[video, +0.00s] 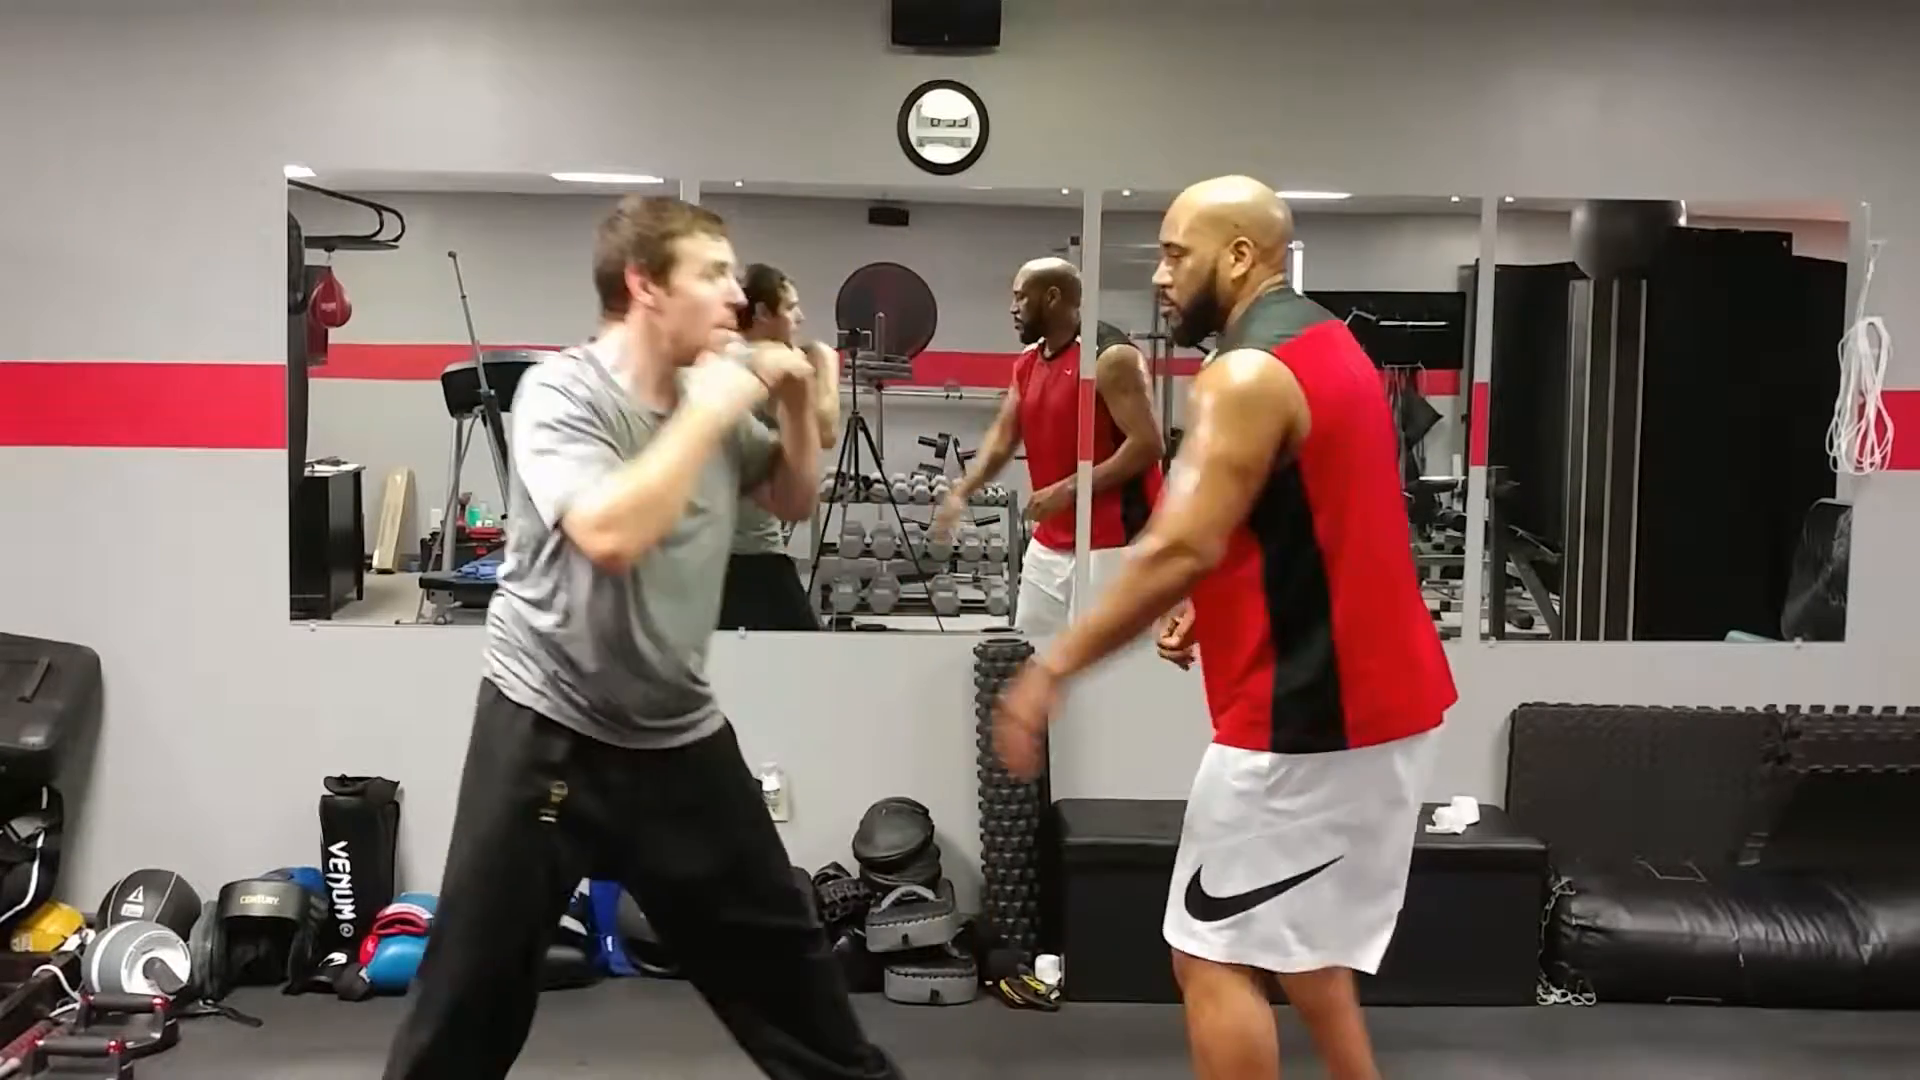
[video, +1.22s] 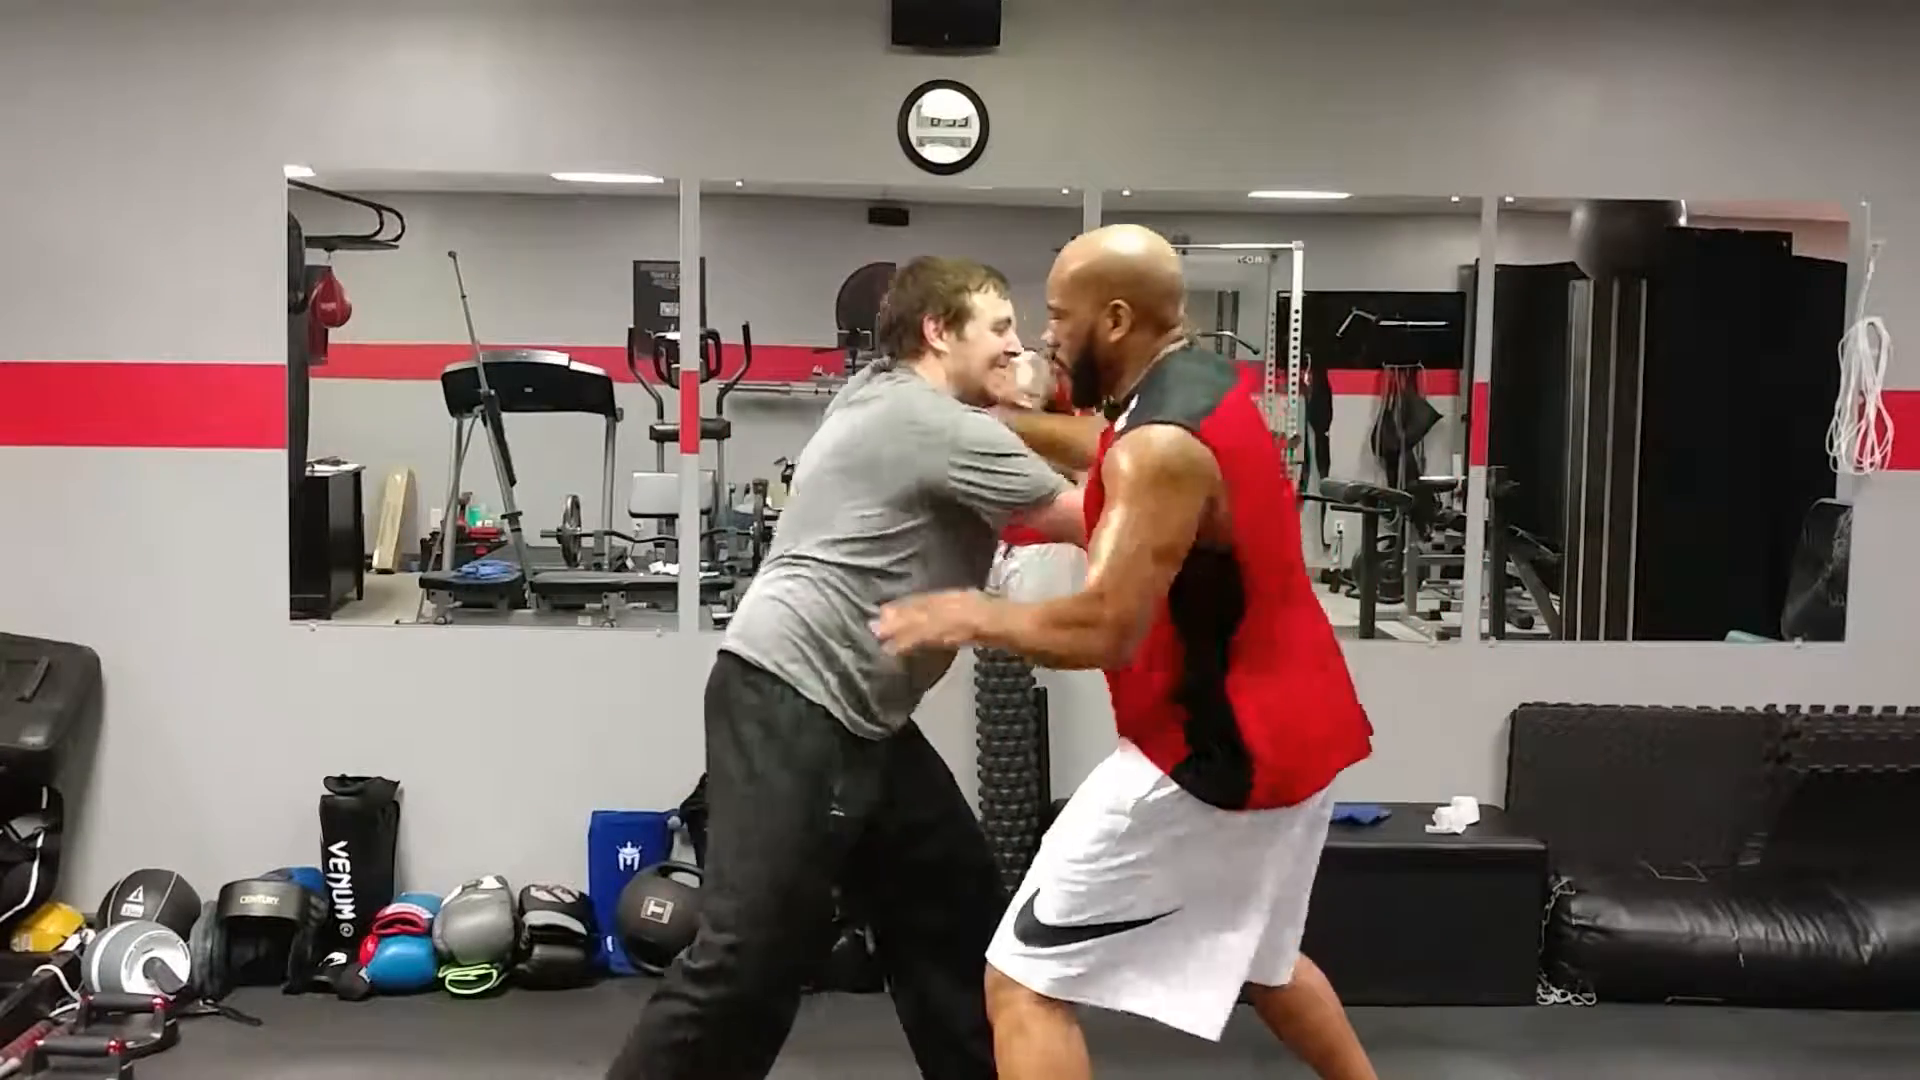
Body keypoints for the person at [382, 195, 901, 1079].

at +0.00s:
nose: (737, 300)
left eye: (735, 279)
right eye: (714, 277)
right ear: (643, 288)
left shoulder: (712, 402)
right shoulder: (557, 392)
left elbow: (792, 499)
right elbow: (608, 533)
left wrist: (802, 401)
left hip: (678, 732)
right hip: (543, 719)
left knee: (785, 965)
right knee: (470, 987)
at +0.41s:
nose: (718, 314)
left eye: (715, 295)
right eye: (698, 294)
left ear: (648, 309)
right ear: (629, 303)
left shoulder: (715, 414)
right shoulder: (545, 422)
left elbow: (810, 490)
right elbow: (609, 525)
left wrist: (798, 389)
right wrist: (675, 393)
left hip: (706, 752)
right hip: (554, 762)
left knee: (820, 916)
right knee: (465, 991)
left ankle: (852, 1064)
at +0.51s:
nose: (782, 309)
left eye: (778, 293)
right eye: (761, 292)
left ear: (713, 311)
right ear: (698, 310)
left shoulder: (756, 413)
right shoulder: (656, 415)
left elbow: (819, 528)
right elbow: (819, 438)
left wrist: (838, 415)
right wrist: (900, 336)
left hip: (750, 749)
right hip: (629, 755)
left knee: (868, 935)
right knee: (529, 999)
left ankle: (962, 1074)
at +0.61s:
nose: (854, 310)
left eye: (845, 294)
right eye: (831, 296)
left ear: (781, 323)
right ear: (774, 320)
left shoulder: (827, 398)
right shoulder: (777, 407)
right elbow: (977, 299)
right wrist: (1104, 186)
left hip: (824, 760)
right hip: (720, 758)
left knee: (939, 978)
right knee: (607, 979)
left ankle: (992, 1076)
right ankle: (485, 1075)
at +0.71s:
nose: (905, 298)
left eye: (897, 282)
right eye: (886, 281)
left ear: (822, 307)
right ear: (827, 303)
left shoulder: (805, 398)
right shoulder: (843, 383)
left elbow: (953, 313)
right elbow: (1009, 287)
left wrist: (1085, 229)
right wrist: (1109, 207)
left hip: (869, 734)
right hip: (782, 733)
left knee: (976, 938)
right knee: (695, 973)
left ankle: (993, 1076)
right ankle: (561, 1076)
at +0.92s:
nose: (955, 293)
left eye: (948, 274)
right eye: (935, 278)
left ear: (872, 303)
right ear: (879, 299)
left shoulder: (820, 389)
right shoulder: (915, 367)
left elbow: (956, 434)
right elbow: (1053, 391)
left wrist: (1073, 375)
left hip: (871, 706)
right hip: (826, 699)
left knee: (971, 932)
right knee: (759, 968)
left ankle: (992, 1073)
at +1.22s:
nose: (1014, 347)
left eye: (1014, 330)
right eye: (998, 329)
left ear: (929, 338)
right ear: (936, 335)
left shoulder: (896, 409)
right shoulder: (929, 421)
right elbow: (1093, 519)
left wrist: (1038, 412)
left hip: (861, 717)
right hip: (786, 696)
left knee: (956, 915)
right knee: (751, 955)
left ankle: (973, 1067)